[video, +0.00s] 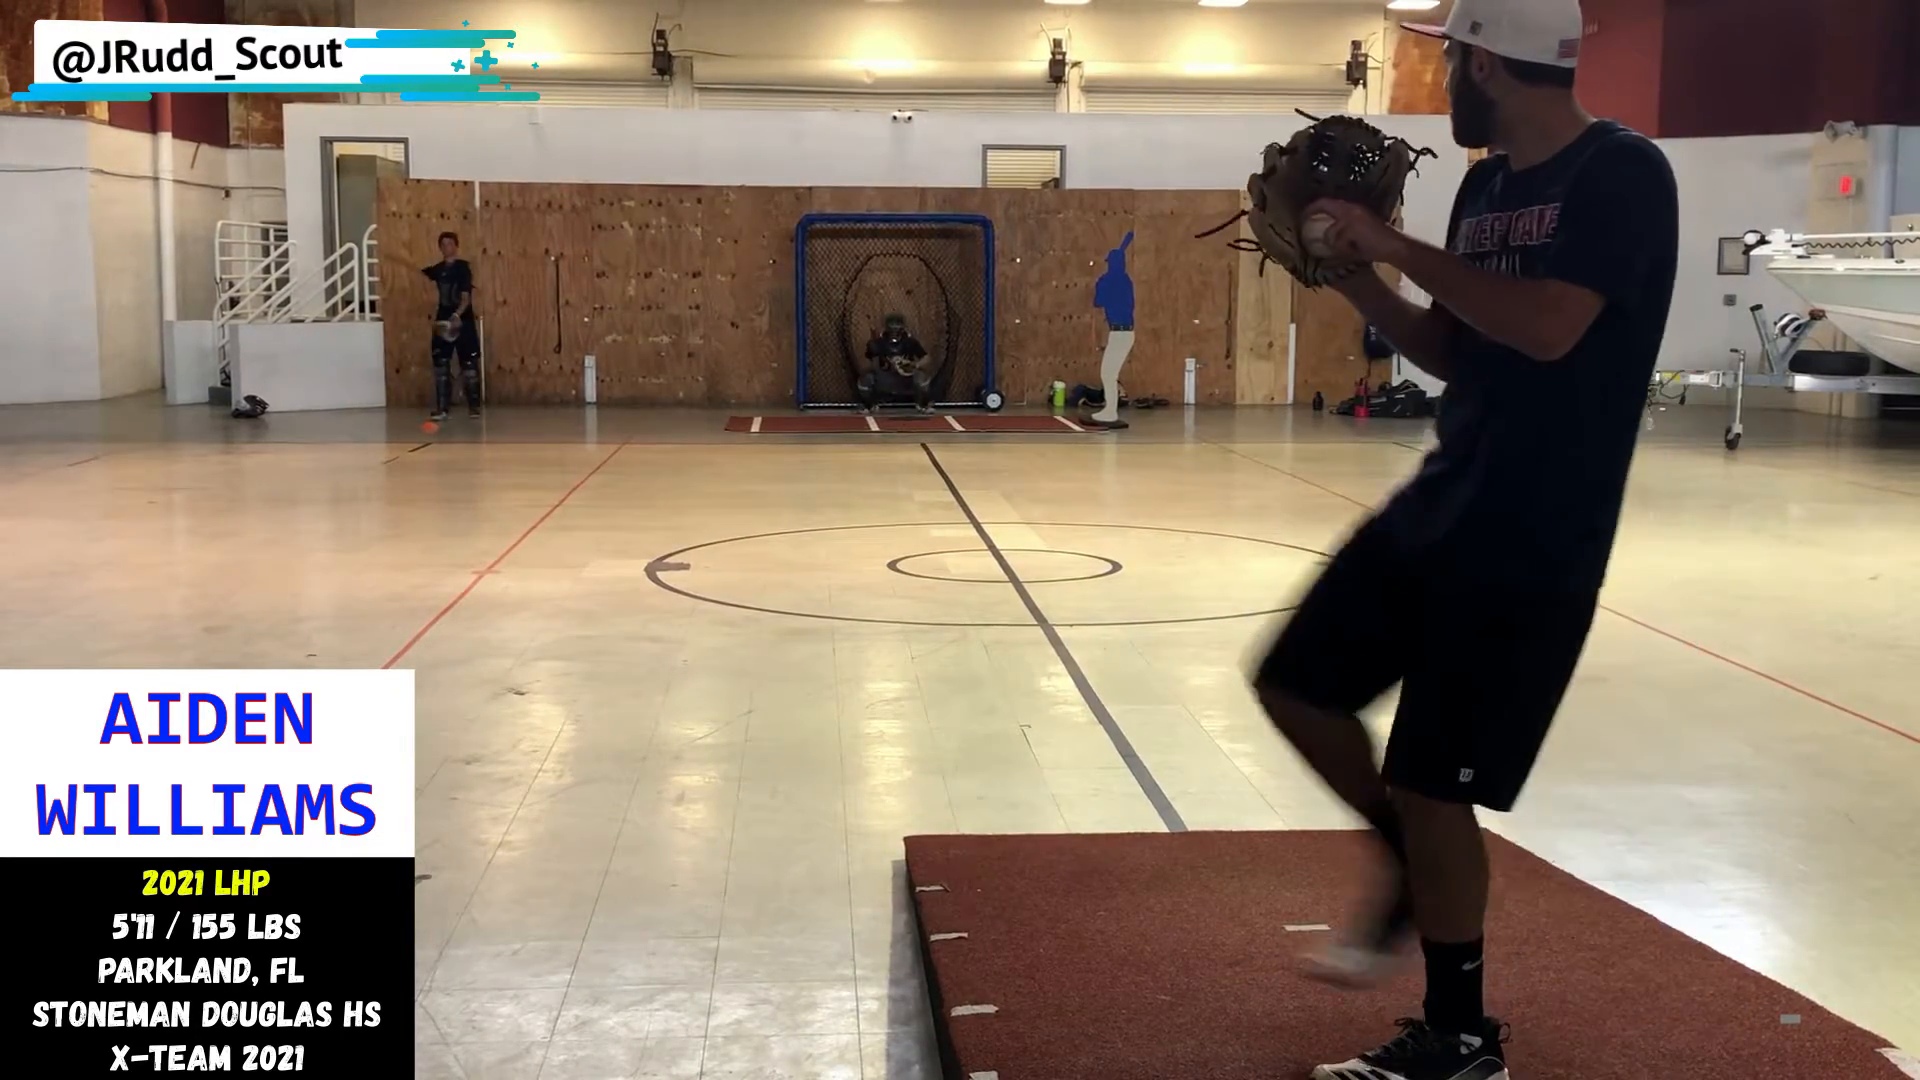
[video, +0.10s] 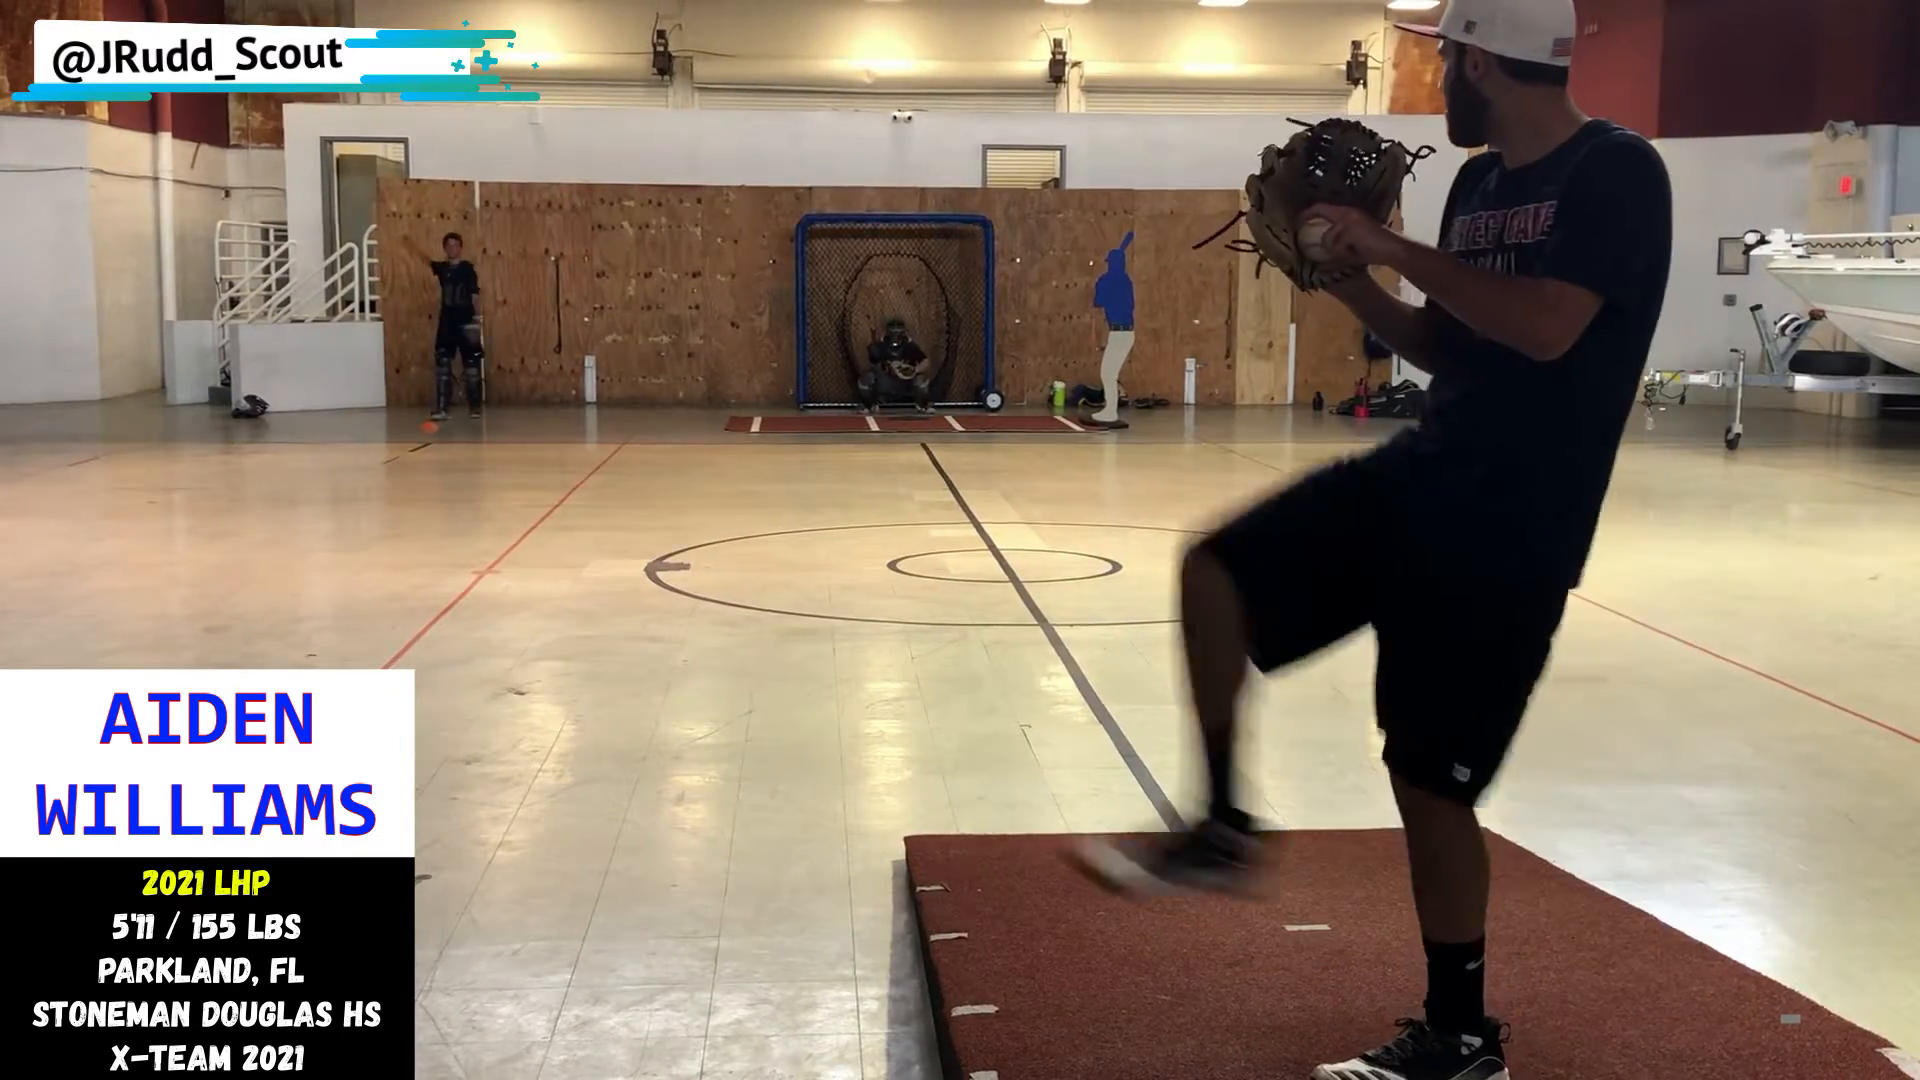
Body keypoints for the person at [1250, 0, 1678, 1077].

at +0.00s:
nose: (1445, 85)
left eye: (1452, 59)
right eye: (1446, 62)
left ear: (1489, 60)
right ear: (1526, 62)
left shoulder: (1624, 171)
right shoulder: (1485, 185)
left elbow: (1547, 326)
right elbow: (1452, 354)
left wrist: (1391, 243)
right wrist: (1352, 277)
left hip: (1539, 533)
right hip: (1446, 504)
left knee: (1429, 778)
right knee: (1296, 685)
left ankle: (1457, 1028)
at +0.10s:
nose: (1440, 79)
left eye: (1446, 55)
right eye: (1442, 57)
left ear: (1483, 58)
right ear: (1517, 61)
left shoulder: (1620, 172)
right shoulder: (1476, 183)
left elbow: (1547, 325)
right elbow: (1441, 344)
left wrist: (1390, 245)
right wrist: (1342, 278)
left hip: (1514, 526)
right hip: (1421, 483)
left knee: (1430, 771)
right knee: (1215, 575)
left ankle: (1457, 1030)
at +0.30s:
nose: (1413, 86)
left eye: (1421, 62)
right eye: (1415, 66)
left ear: (1454, 62)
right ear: (1496, 66)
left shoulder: (1589, 174)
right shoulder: (1444, 184)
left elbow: (1527, 328)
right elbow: (1401, 341)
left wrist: (1370, 251)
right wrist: (1313, 277)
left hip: (1463, 516)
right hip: (1377, 460)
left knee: (1419, 764)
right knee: (1177, 358)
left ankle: (1456, 1028)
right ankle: (1026, 575)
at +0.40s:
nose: (1395, 84)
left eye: (1400, 64)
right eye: (1397, 66)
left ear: (1428, 69)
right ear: (1468, 72)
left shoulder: (1568, 181)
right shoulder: (1418, 187)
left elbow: (1513, 335)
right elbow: (1381, 349)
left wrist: (1359, 259)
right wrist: (1307, 273)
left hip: (1447, 510)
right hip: (1363, 457)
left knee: (1401, 766)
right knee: (1195, 292)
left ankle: (1457, 1030)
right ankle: (1133, 539)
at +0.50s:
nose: (1363, 97)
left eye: (1372, 78)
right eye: (1365, 78)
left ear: (1411, 83)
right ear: (1423, 85)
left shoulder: (1541, 191)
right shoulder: (1395, 197)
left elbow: (1500, 353)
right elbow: (1371, 360)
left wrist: (1349, 281)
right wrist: (1292, 300)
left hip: (1431, 520)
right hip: (1348, 470)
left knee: (1371, 772)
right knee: (1181, 324)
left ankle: (1451, 1031)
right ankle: (1248, 573)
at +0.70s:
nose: (1307, 180)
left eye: (1317, 164)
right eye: (1309, 162)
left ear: (1356, 174)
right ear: (1381, 172)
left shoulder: (1492, 279)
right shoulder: (1333, 268)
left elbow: (1501, 453)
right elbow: (1262, 377)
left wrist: (1332, 520)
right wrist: (1176, 460)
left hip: (1441, 556)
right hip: (1341, 528)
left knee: (1325, 778)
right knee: (1147, 606)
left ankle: (1444, 1029)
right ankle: (1163, 828)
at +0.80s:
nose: (1285, 269)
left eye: (1292, 254)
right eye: (1287, 254)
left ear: (1312, 258)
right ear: (1384, 249)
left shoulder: (1466, 354)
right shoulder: (1297, 331)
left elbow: (1522, 525)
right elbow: (1184, 408)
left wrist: (1486, 663)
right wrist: (1082, 518)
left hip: (1416, 602)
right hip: (1322, 568)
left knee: (1296, 793)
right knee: (1154, 680)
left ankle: (1439, 1028)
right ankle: (1134, 858)